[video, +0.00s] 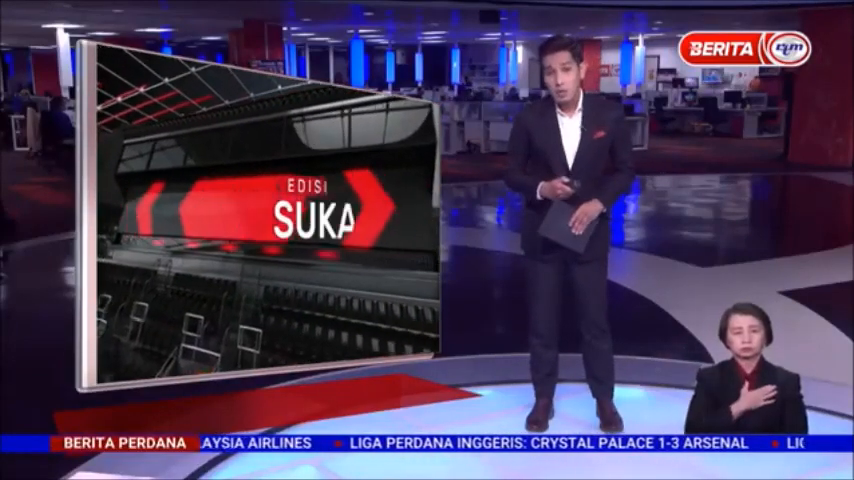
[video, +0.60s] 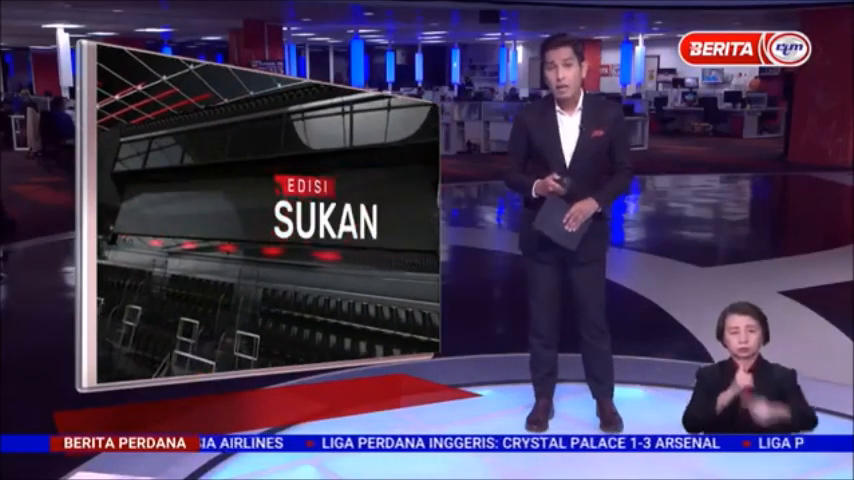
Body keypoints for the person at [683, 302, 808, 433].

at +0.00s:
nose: (746, 338)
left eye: (754, 331)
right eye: (738, 332)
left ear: (766, 337)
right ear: (726, 340)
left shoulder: (787, 381)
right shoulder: (709, 378)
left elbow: (797, 438)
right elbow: (693, 431)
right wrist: (739, 407)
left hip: (771, 465)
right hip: (718, 464)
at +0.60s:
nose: (743, 339)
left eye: (751, 331)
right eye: (734, 332)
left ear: (763, 336)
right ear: (724, 340)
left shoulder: (783, 377)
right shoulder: (710, 376)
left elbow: (809, 419)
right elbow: (691, 423)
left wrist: (775, 411)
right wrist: (732, 392)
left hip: (772, 463)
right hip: (720, 462)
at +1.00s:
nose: (740, 340)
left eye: (748, 331)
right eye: (731, 333)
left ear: (760, 336)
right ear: (720, 340)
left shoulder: (781, 373)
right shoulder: (709, 375)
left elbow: (806, 412)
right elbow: (687, 424)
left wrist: (772, 383)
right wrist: (727, 394)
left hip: (774, 460)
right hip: (722, 460)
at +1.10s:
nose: (740, 340)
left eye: (748, 331)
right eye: (730, 333)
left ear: (760, 336)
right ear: (720, 340)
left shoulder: (781, 373)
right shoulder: (709, 375)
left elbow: (806, 412)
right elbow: (686, 424)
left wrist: (772, 384)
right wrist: (726, 395)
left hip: (774, 459)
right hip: (722, 460)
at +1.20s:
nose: (739, 340)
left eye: (747, 331)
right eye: (730, 332)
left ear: (760, 336)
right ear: (720, 340)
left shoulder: (781, 374)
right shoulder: (708, 375)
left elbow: (806, 413)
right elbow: (686, 425)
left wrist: (771, 385)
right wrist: (726, 396)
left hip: (773, 459)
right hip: (721, 459)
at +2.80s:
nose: (746, 339)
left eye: (754, 331)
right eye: (737, 332)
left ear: (767, 336)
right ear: (727, 338)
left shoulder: (785, 378)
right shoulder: (712, 375)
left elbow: (797, 427)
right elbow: (698, 425)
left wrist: (760, 396)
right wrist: (731, 400)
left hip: (772, 458)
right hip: (722, 458)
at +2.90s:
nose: (747, 339)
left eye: (755, 331)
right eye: (738, 332)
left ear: (767, 336)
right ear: (727, 338)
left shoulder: (785, 378)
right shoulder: (712, 376)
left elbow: (800, 427)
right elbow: (696, 428)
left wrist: (758, 402)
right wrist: (725, 406)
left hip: (772, 459)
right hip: (721, 459)